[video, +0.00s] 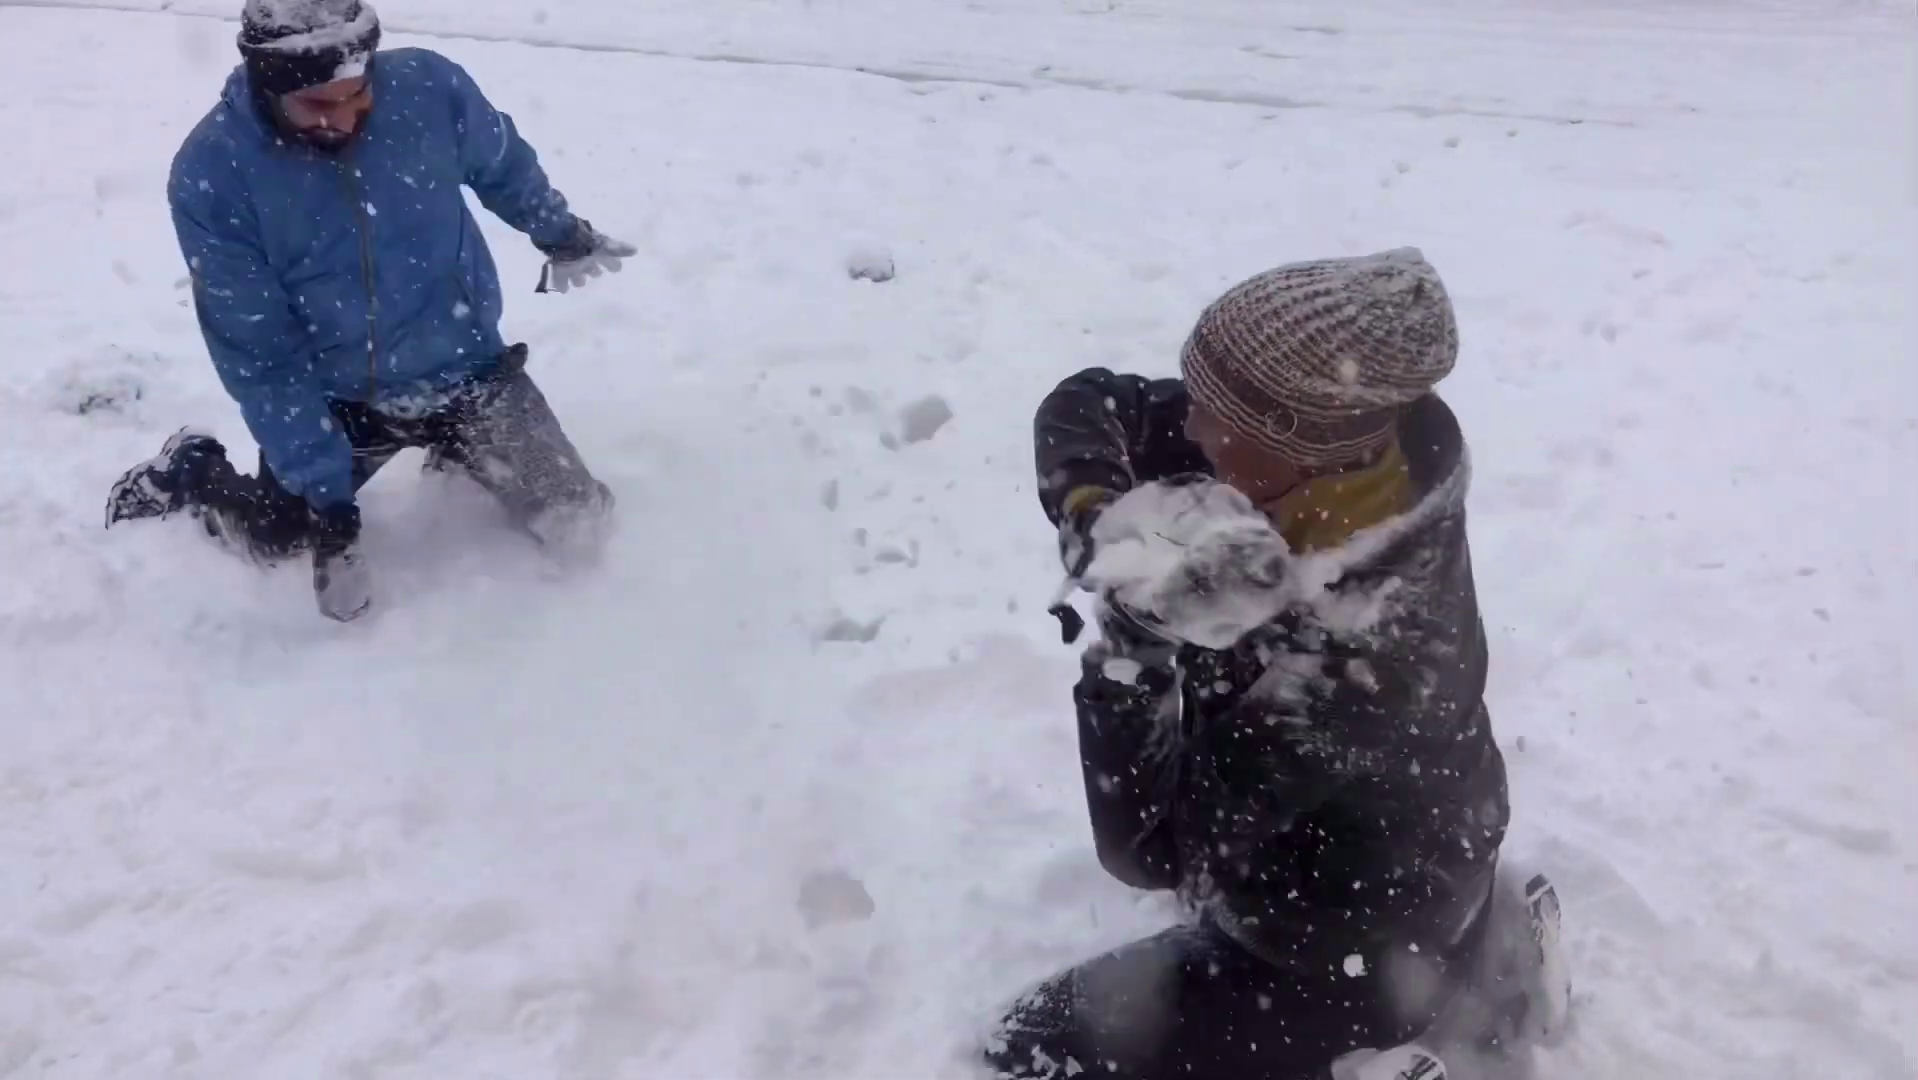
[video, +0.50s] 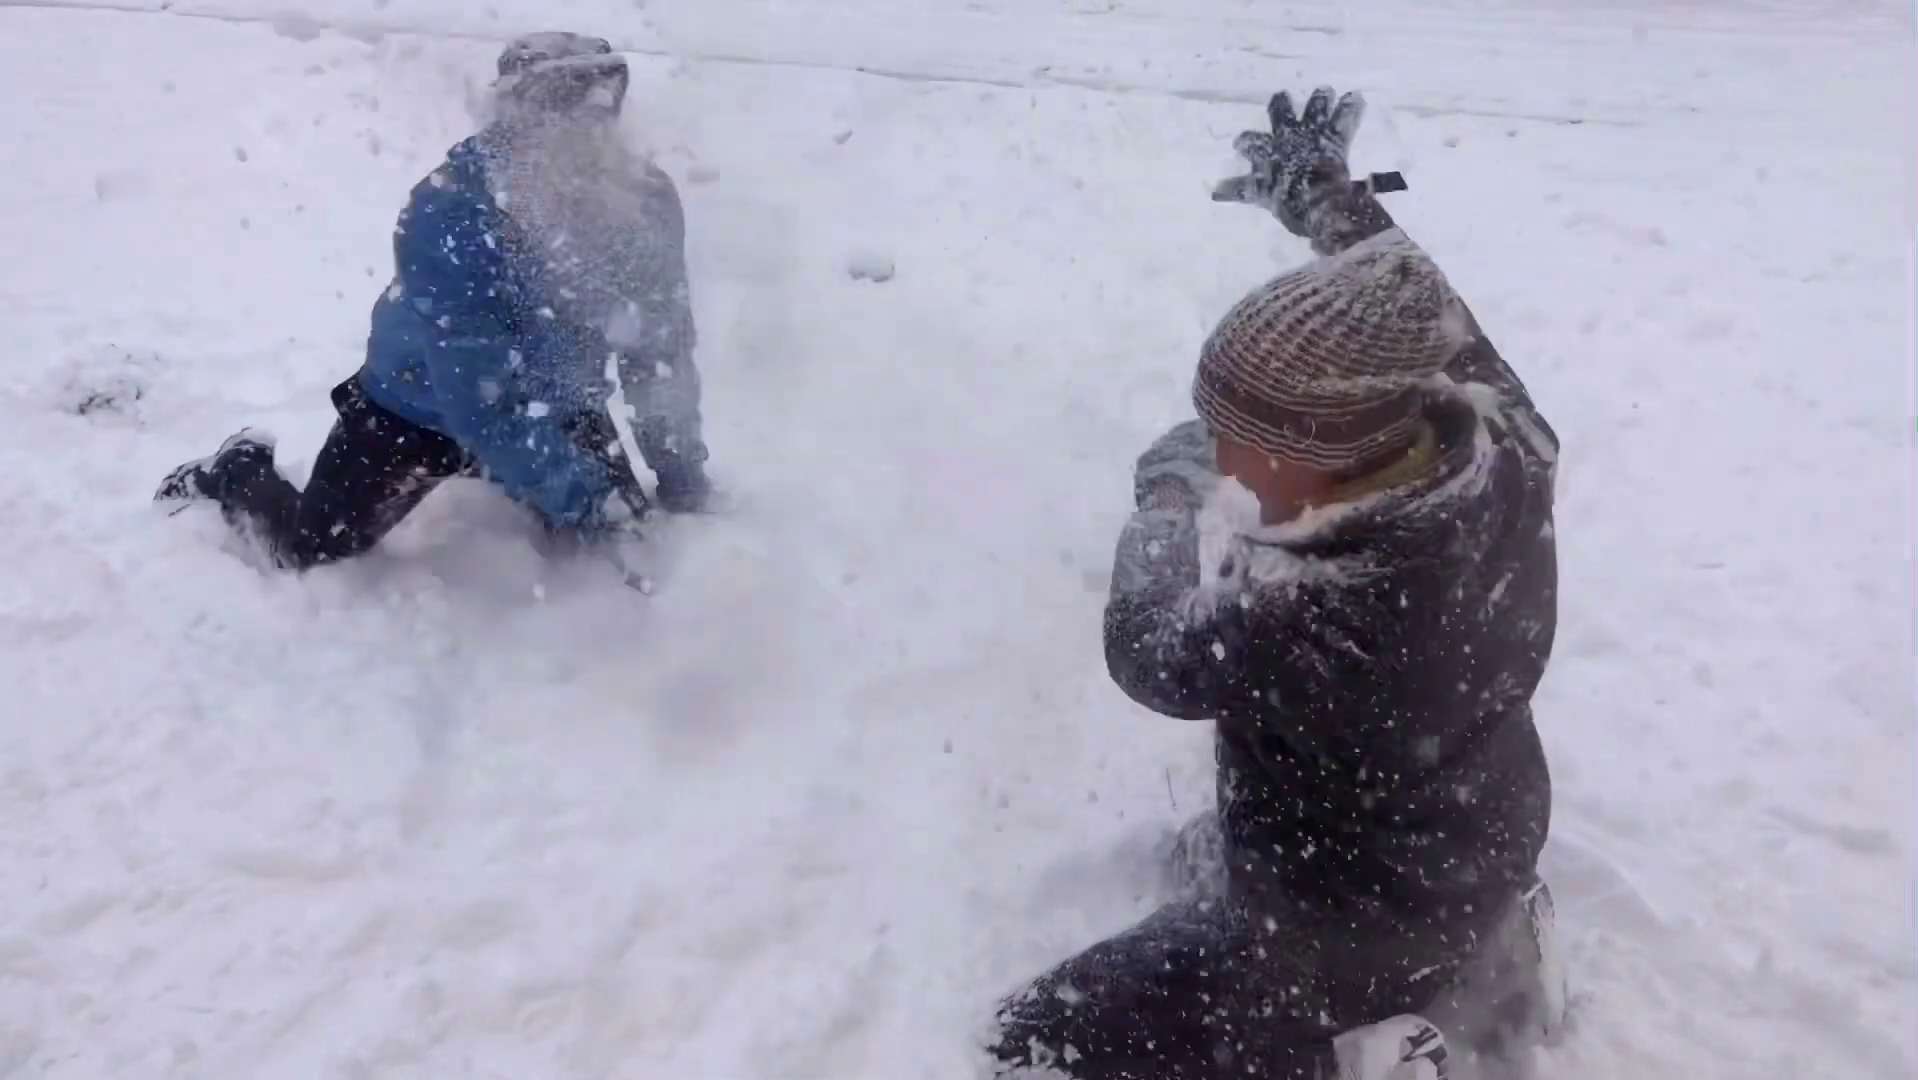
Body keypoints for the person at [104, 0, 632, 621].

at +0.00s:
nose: (343, 120)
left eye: (357, 94)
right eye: (318, 104)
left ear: (371, 62)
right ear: (269, 86)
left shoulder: (427, 90)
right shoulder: (214, 176)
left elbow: (503, 164)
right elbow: (260, 359)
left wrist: (559, 231)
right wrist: (333, 519)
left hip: (469, 375)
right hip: (339, 405)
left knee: (583, 529)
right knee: (283, 542)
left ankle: (466, 445)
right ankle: (190, 476)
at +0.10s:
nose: (399, 114)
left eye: (413, 87)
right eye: (375, 97)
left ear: (431, 66)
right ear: (330, 87)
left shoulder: (489, 114)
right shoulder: (269, 182)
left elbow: (554, 200)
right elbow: (307, 350)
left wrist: (605, 270)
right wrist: (370, 485)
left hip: (496, 401)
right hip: (359, 422)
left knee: (596, 547)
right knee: (286, 545)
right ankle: (197, 476)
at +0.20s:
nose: (466, 118)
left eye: (481, 92)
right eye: (441, 98)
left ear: (499, 82)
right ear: (396, 94)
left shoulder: (555, 149)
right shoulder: (337, 207)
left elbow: (611, 256)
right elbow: (377, 374)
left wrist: (657, 344)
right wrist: (455, 498)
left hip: (530, 407)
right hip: (394, 421)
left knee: (614, 546)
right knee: (288, 540)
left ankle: (509, 466)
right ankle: (198, 478)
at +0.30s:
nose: (528, 124)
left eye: (540, 102)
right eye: (504, 106)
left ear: (558, 101)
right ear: (457, 110)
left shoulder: (581, 184)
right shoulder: (401, 220)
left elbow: (640, 309)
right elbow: (449, 400)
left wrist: (686, 424)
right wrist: (552, 533)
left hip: (540, 408)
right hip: (414, 418)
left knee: (623, 536)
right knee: (298, 534)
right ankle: (205, 476)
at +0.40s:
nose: (560, 127)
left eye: (578, 108)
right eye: (540, 107)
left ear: (597, 111)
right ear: (499, 109)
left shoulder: (631, 201)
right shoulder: (443, 208)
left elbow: (657, 344)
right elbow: (484, 403)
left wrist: (685, 465)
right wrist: (594, 517)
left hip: (550, 402)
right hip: (422, 403)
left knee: (623, 543)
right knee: (308, 540)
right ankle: (215, 479)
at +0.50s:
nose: (584, 151)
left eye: (597, 130)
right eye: (564, 131)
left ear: (614, 127)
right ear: (520, 129)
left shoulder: (643, 204)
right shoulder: (452, 206)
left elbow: (661, 351)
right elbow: (479, 384)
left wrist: (682, 480)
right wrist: (591, 503)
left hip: (556, 406)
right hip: (423, 402)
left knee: (612, 533)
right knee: (311, 545)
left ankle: (526, 471)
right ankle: (236, 475)